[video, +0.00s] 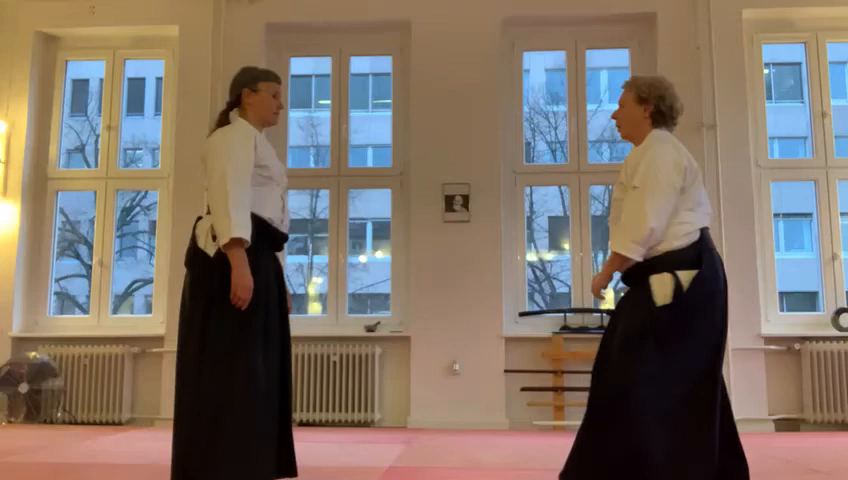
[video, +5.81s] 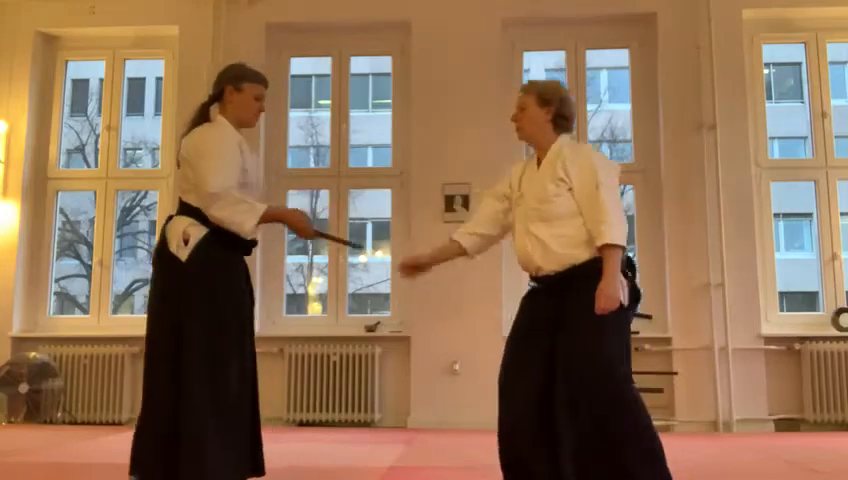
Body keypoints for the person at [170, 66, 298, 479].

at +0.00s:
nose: (280, 104)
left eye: (280, 98)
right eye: (273, 96)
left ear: (255, 100)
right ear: (247, 97)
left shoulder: (256, 141)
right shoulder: (233, 136)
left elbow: (261, 212)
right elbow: (226, 197)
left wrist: (276, 274)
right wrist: (238, 260)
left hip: (254, 258)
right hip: (233, 258)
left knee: (254, 368)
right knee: (234, 368)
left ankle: (250, 464)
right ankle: (229, 467)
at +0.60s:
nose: (317, 131)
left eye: (320, 124)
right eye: (315, 121)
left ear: (289, 117)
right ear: (289, 114)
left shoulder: (268, 150)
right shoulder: (254, 144)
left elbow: (242, 208)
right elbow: (231, 203)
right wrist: (224, 271)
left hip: (229, 263)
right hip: (213, 264)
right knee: (223, 377)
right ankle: (218, 470)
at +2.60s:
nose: (269, 100)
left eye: (269, 93)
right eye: (262, 92)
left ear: (245, 97)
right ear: (236, 95)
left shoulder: (246, 136)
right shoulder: (225, 134)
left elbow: (245, 200)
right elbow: (224, 196)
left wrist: (265, 256)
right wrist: (240, 262)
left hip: (247, 256)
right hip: (227, 259)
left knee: (245, 368)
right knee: (229, 368)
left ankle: (240, 463)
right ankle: (225, 466)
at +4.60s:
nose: (269, 102)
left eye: (270, 94)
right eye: (263, 93)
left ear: (243, 96)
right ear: (236, 93)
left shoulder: (238, 134)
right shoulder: (226, 133)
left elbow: (237, 199)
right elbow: (229, 197)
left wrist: (266, 256)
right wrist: (259, 259)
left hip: (239, 257)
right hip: (228, 260)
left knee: (240, 367)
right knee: (231, 367)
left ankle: (237, 464)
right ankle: (229, 466)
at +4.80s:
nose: (270, 102)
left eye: (270, 94)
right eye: (264, 93)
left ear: (242, 94)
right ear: (239, 92)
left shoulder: (241, 134)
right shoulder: (228, 134)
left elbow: (242, 198)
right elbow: (240, 198)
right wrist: (299, 235)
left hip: (235, 255)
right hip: (230, 258)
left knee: (237, 364)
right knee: (235, 364)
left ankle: (230, 464)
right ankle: (232, 465)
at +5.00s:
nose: (273, 102)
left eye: (274, 94)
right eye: (267, 93)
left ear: (243, 96)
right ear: (240, 92)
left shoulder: (223, 133)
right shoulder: (238, 134)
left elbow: (254, 193)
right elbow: (262, 189)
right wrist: (324, 200)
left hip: (214, 249)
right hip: (234, 255)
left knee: (217, 359)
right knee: (238, 360)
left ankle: (214, 463)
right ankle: (236, 464)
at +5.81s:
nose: (262, 108)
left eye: (263, 100)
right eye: (256, 99)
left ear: (236, 98)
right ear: (229, 94)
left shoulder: (232, 140)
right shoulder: (213, 137)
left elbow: (227, 202)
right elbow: (216, 199)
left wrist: (279, 217)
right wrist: (281, 215)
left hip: (217, 258)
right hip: (199, 259)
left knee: (220, 364)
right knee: (205, 365)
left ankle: (213, 464)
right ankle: (201, 466)